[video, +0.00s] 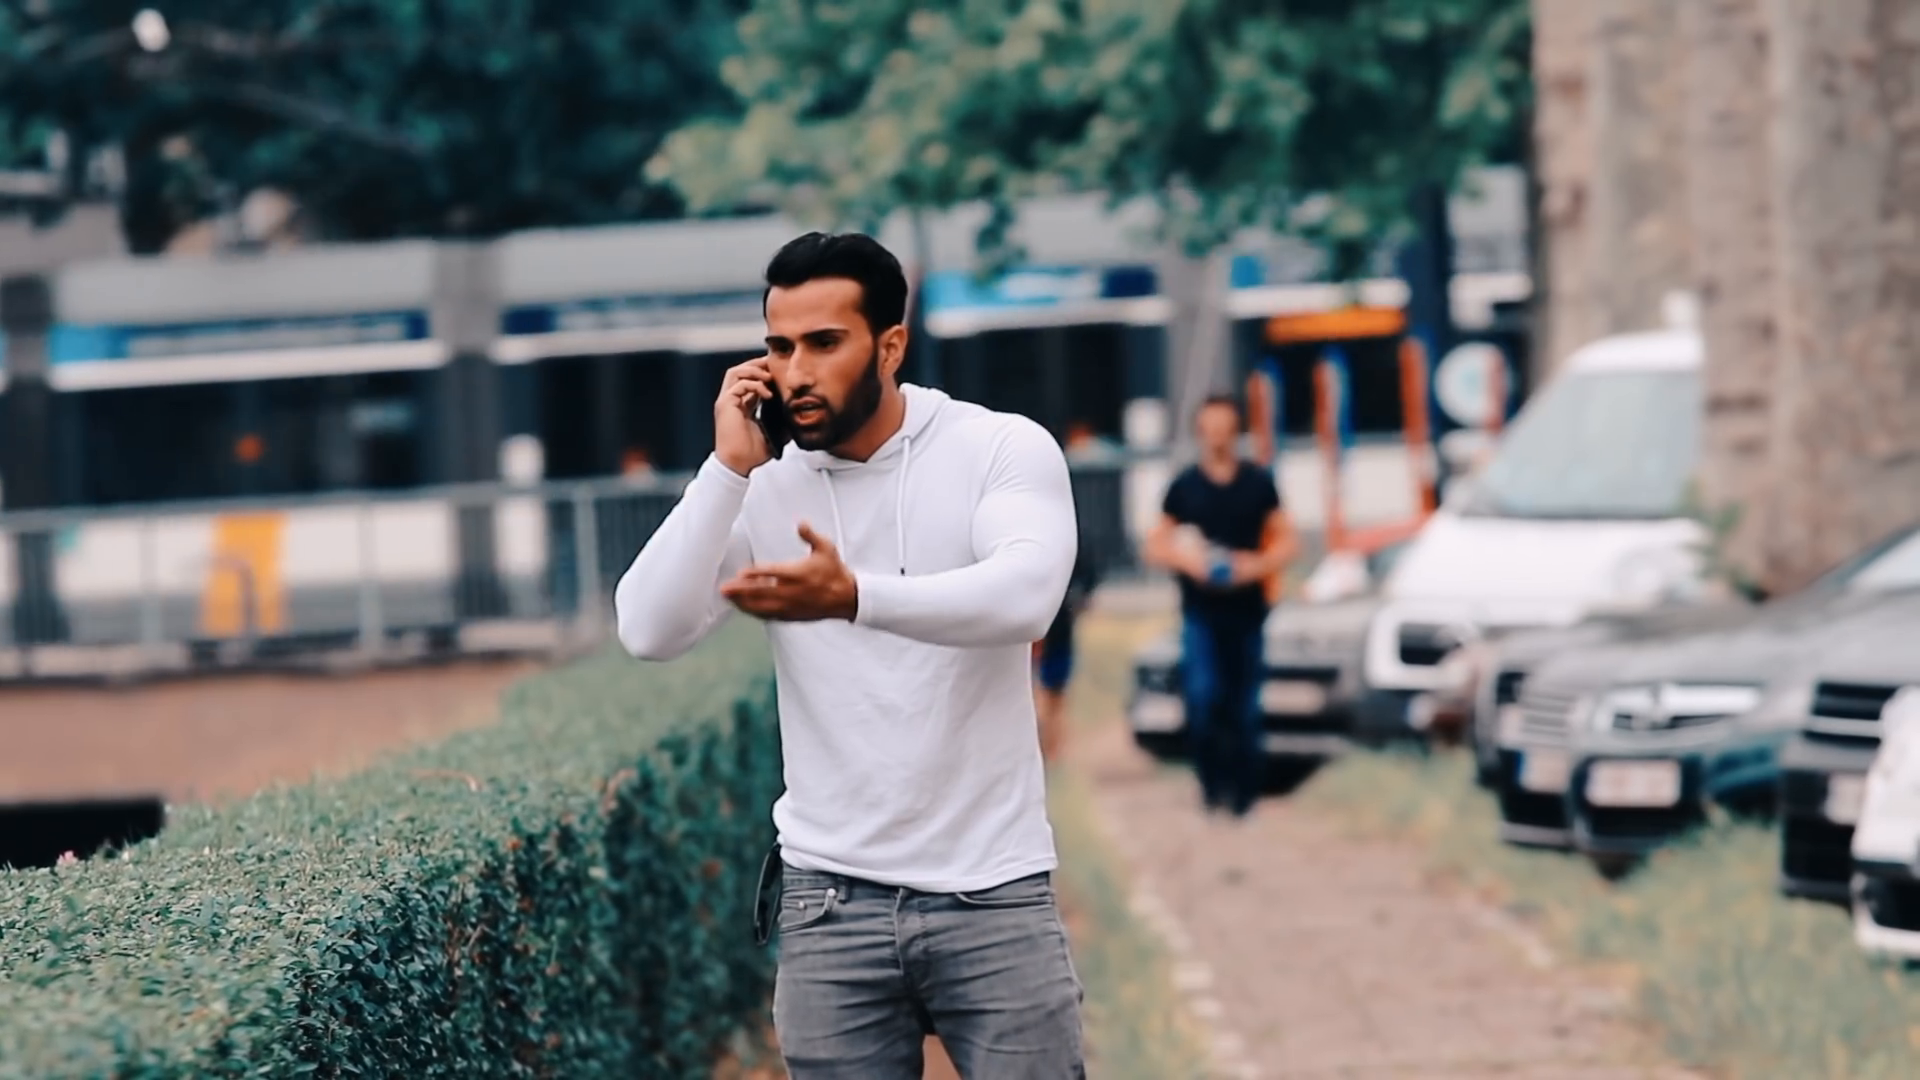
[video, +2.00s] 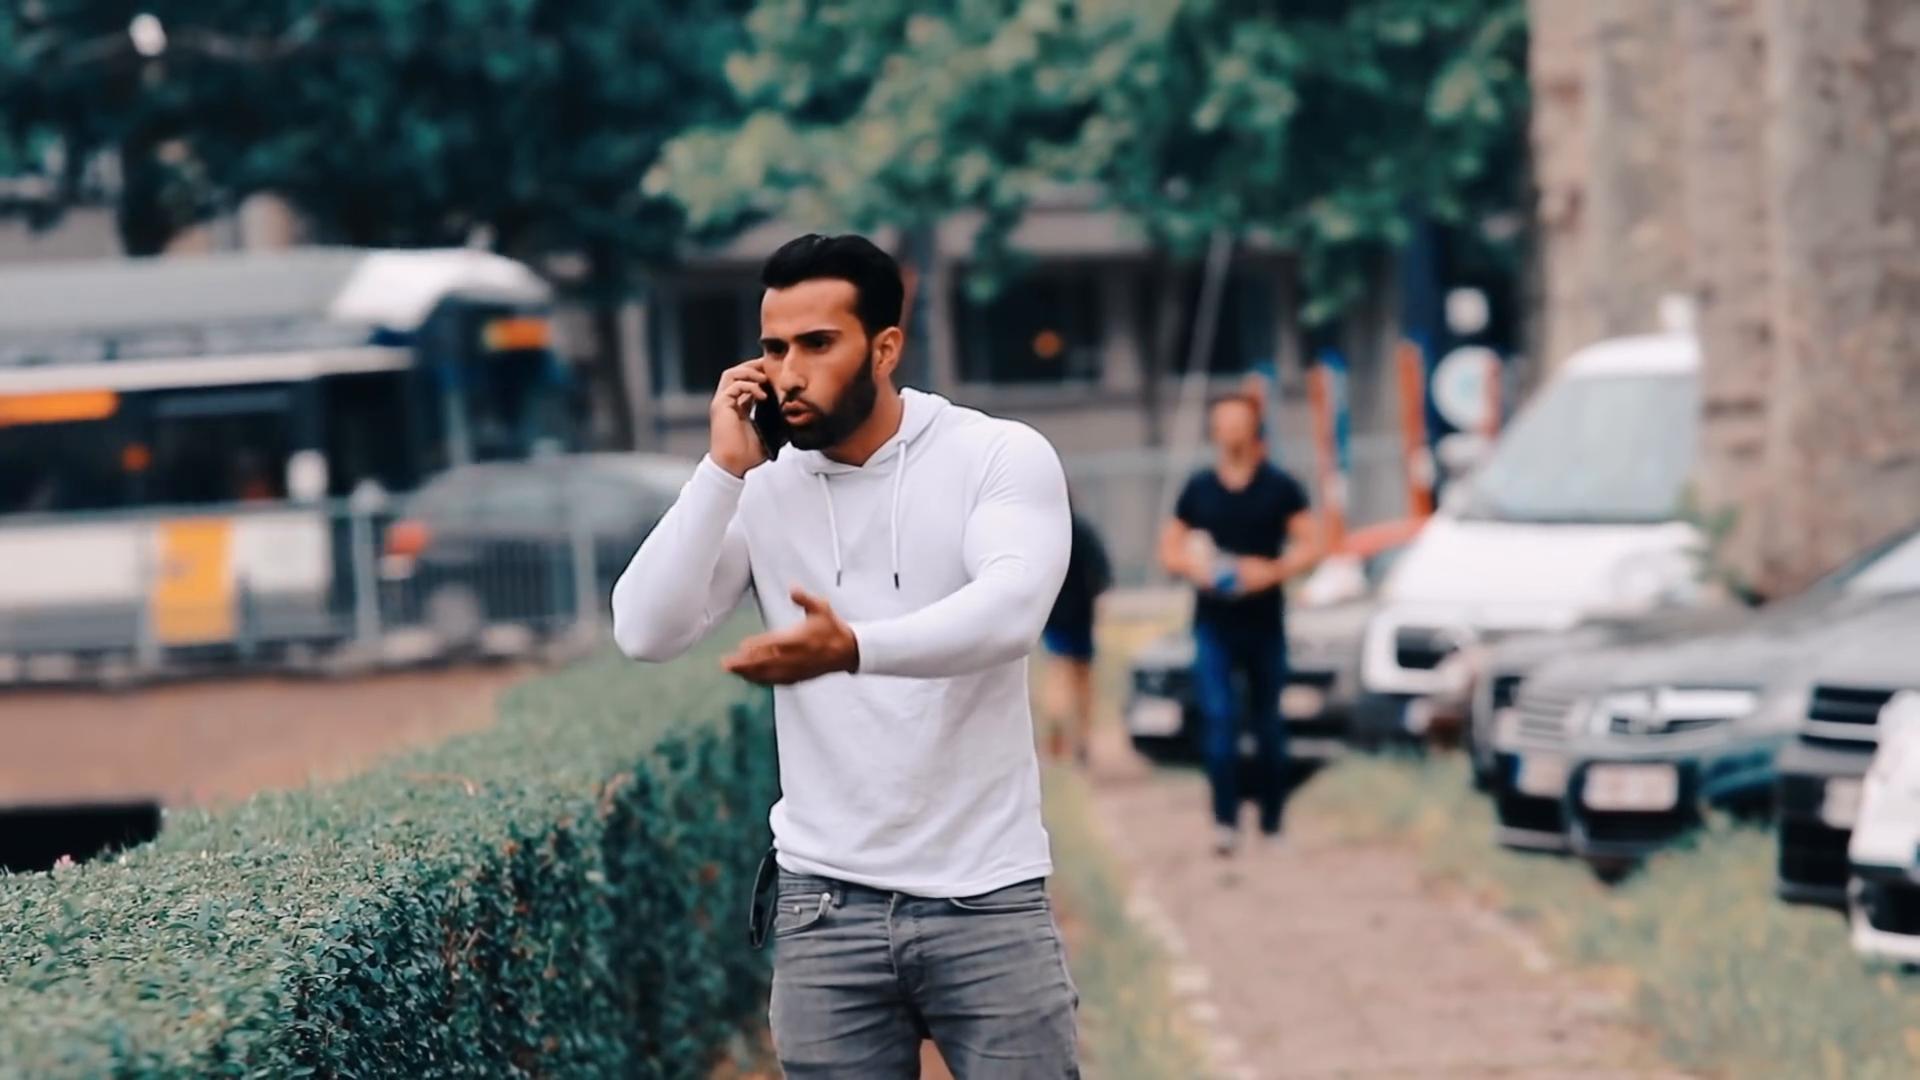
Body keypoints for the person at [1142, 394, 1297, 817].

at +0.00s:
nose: (1217, 438)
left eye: (1224, 429)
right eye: (1210, 429)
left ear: (1236, 431)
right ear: (1199, 431)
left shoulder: (1258, 483)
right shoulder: (1186, 485)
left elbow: (1285, 541)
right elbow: (1158, 544)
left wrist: (1253, 565)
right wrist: (1191, 562)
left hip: (1247, 605)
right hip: (1202, 605)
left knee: (1244, 699)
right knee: (1203, 694)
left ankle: (1245, 787)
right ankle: (1213, 785)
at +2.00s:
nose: (1229, 433)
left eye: (1238, 425)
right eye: (1222, 425)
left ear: (1255, 429)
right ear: (1212, 429)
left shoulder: (1279, 487)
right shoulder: (1201, 487)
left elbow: (1311, 544)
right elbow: (1170, 550)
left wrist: (1270, 570)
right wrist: (1200, 567)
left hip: (1263, 617)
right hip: (1214, 617)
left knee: (1266, 719)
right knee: (1220, 716)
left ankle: (1271, 819)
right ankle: (1225, 821)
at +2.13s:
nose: (1226, 443)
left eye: (1234, 435)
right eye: (1218, 435)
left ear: (1249, 438)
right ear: (1207, 438)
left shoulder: (1271, 494)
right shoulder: (1194, 497)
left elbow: (1304, 552)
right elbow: (1164, 561)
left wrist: (1268, 580)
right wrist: (1199, 577)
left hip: (1260, 622)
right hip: (1214, 623)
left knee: (1268, 723)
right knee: (1224, 722)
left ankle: (1273, 816)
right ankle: (1226, 822)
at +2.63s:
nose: (1229, 446)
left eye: (1237, 437)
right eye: (1221, 437)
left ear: (1251, 439)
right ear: (1209, 441)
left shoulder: (1269, 501)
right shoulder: (1189, 502)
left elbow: (1296, 558)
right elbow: (1156, 563)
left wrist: (1268, 588)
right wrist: (1199, 579)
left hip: (1255, 630)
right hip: (1208, 631)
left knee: (1251, 727)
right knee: (1212, 730)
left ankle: (1257, 826)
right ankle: (1226, 820)